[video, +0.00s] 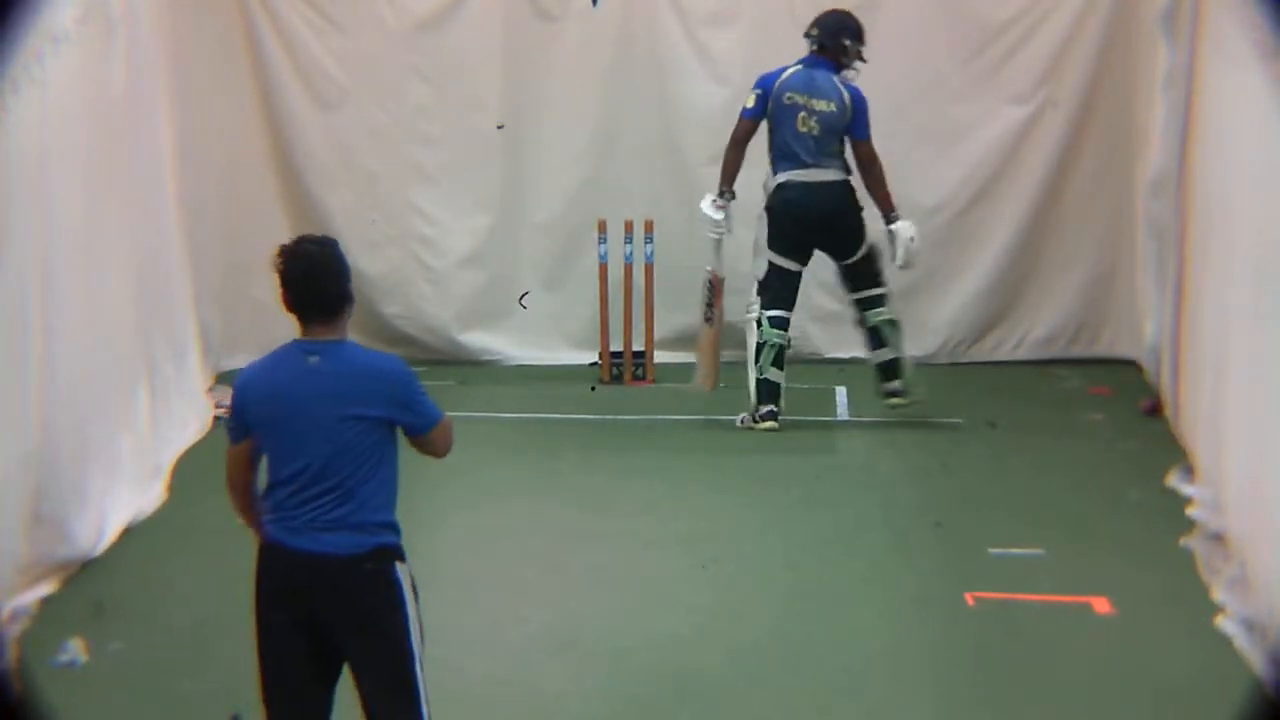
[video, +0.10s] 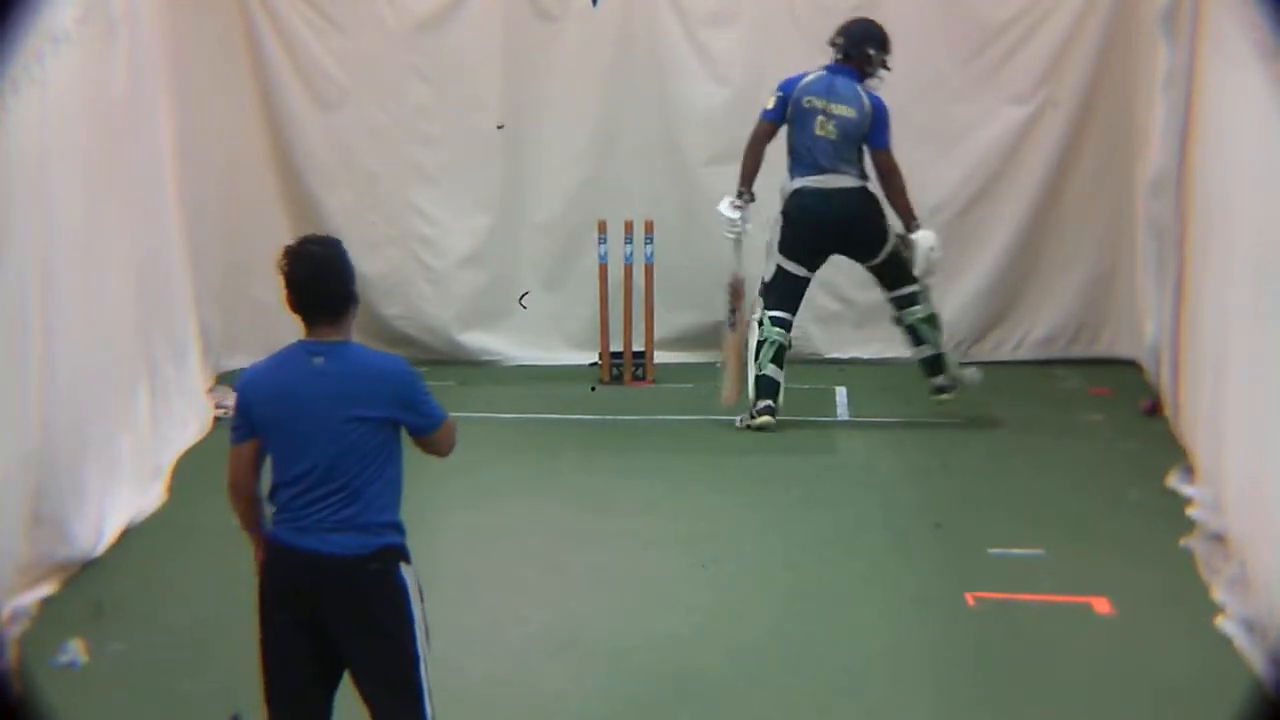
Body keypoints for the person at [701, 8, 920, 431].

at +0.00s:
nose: (857, 59)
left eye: (858, 50)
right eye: (854, 50)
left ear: (815, 43)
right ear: (840, 47)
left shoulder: (772, 82)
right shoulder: (849, 95)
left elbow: (739, 139)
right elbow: (867, 162)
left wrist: (723, 195)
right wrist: (893, 218)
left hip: (788, 205)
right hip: (837, 204)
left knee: (776, 300)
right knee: (866, 286)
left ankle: (766, 406)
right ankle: (891, 380)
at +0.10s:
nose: (879, 67)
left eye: (881, 60)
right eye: (877, 59)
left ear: (838, 49)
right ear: (866, 56)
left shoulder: (794, 86)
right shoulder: (870, 104)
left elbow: (759, 138)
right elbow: (886, 169)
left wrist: (741, 196)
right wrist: (912, 228)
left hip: (805, 210)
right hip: (858, 209)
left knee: (779, 303)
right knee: (900, 283)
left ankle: (765, 401)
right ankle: (939, 375)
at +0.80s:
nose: (1095, 249)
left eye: (1096, 241)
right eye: (1096, 241)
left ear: (1071, 215)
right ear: (1091, 230)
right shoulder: (1086, 233)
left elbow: (957, 202)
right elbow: (1101, 313)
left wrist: (918, 224)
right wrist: (1124, 364)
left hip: (978, 207)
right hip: (1033, 223)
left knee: (938, 305)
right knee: (1058, 307)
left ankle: (900, 384)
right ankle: (1032, 399)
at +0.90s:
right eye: (1095, 223)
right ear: (1089, 213)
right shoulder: (1086, 215)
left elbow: (962, 197)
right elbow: (1105, 289)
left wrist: (923, 225)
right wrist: (1120, 356)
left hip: (992, 199)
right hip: (1043, 210)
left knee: (959, 298)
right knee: (1056, 307)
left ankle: (933, 380)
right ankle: (1032, 399)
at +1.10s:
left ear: (1037, 132)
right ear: (1078, 144)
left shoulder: (1016, 142)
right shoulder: (1089, 166)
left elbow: (967, 169)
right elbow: (1102, 239)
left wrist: (938, 211)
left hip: (1015, 193)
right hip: (1065, 202)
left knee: (994, 293)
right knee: (1053, 304)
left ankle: (1008, 386)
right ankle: (1037, 398)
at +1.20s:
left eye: (1015, 110)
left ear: (1022, 104)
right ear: (1064, 108)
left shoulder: (1015, 116)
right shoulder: (1085, 139)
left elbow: (976, 152)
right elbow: (1101, 210)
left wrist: (949, 201)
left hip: (1031, 189)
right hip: (1076, 199)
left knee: (1004, 293)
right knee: (1055, 295)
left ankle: (1037, 391)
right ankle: (1037, 394)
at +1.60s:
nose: (985, 51)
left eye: (994, 44)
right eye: (985, 43)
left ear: (1021, 47)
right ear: (1000, 48)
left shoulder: (1033, 82)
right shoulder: (1011, 85)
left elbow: (1077, 115)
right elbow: (1078, 106)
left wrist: (1088, 183)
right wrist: (1120, 136)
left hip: (1058, 204)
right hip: (1037, 203)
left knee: (1038, 299)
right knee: (1022, 295)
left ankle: (1058, 408)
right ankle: (1027, 387)